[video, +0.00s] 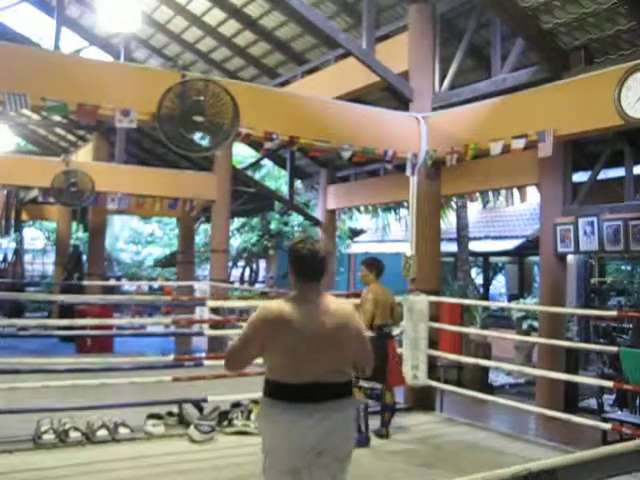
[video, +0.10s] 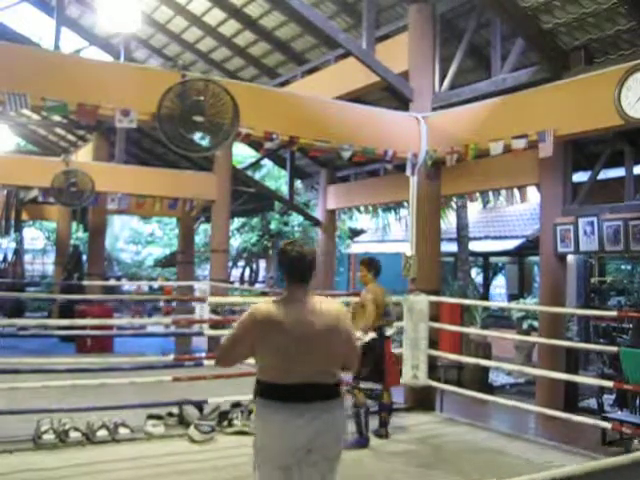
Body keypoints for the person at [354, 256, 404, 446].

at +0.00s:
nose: (361, 274)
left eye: (363, 271)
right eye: (361, 271)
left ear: (370, 272)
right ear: (377, 273)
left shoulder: (370, 293)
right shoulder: (388, 293)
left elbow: (366, 318)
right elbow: (395, 316)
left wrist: (360, 329)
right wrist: (385, 323)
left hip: (373, 333)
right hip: (387, 332)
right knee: (386, 381)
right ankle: (384, 426)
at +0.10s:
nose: (359, 275)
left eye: (362, 271)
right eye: (360, 271)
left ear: (370, 273)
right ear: (374, 273)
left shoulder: (368, 293)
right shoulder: (381, 292)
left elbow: (370, 317)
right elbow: (387, 316)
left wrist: (359, 330)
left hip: (368, 337)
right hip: (382, 336)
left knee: (356, 385)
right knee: (382, 384)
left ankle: (361, 434)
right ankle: (383, 427)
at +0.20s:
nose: (355, 275)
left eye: (359, 271)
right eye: (354, 270)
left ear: (368, 273)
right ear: (358, 272)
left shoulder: (368, 295)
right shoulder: (375, 293)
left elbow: (372, 322)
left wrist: (358, 333)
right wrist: (349, 324)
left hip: (365, 342)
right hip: (375, 340)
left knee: (356, 389)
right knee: (374, 386)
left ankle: (361, 434)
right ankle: (381, 427)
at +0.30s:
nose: (353, 275)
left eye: (358, 271)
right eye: (352, 271)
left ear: (367, 274)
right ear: (353, 272)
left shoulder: (370, 294)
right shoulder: (358, 294)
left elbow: (373, 323)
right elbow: (358, 319)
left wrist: (355, 332)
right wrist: (344, 321)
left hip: (367, 343)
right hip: (359, 342)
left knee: (359, 389)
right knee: (364, 388)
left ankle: (362, 434)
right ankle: (376, 426)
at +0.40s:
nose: (353, 274)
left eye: (358, 270)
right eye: (352, 270)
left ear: (366, 273)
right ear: (351, 272)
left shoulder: (370, 293)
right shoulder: (355, 293)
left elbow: (373, 321)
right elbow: (353, 317)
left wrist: (359, 328)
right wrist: (344, 327)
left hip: (364, 341)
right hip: (353, 340)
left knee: (357, 389)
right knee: (354, 388)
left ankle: (362, 434)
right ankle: (370, 421)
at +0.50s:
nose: (353, 275)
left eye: (357, 271)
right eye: (351, 270)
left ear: (365, 274)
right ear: (349, 271)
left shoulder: (369, 293)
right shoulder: (350, 292)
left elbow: (374, 320)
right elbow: (349, 316)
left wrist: (363, 331)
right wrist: (339, 326)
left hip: (362, 343)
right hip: (348, 342)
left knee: (359, 390)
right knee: (344, 390)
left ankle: (362, 433)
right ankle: (355, 425)